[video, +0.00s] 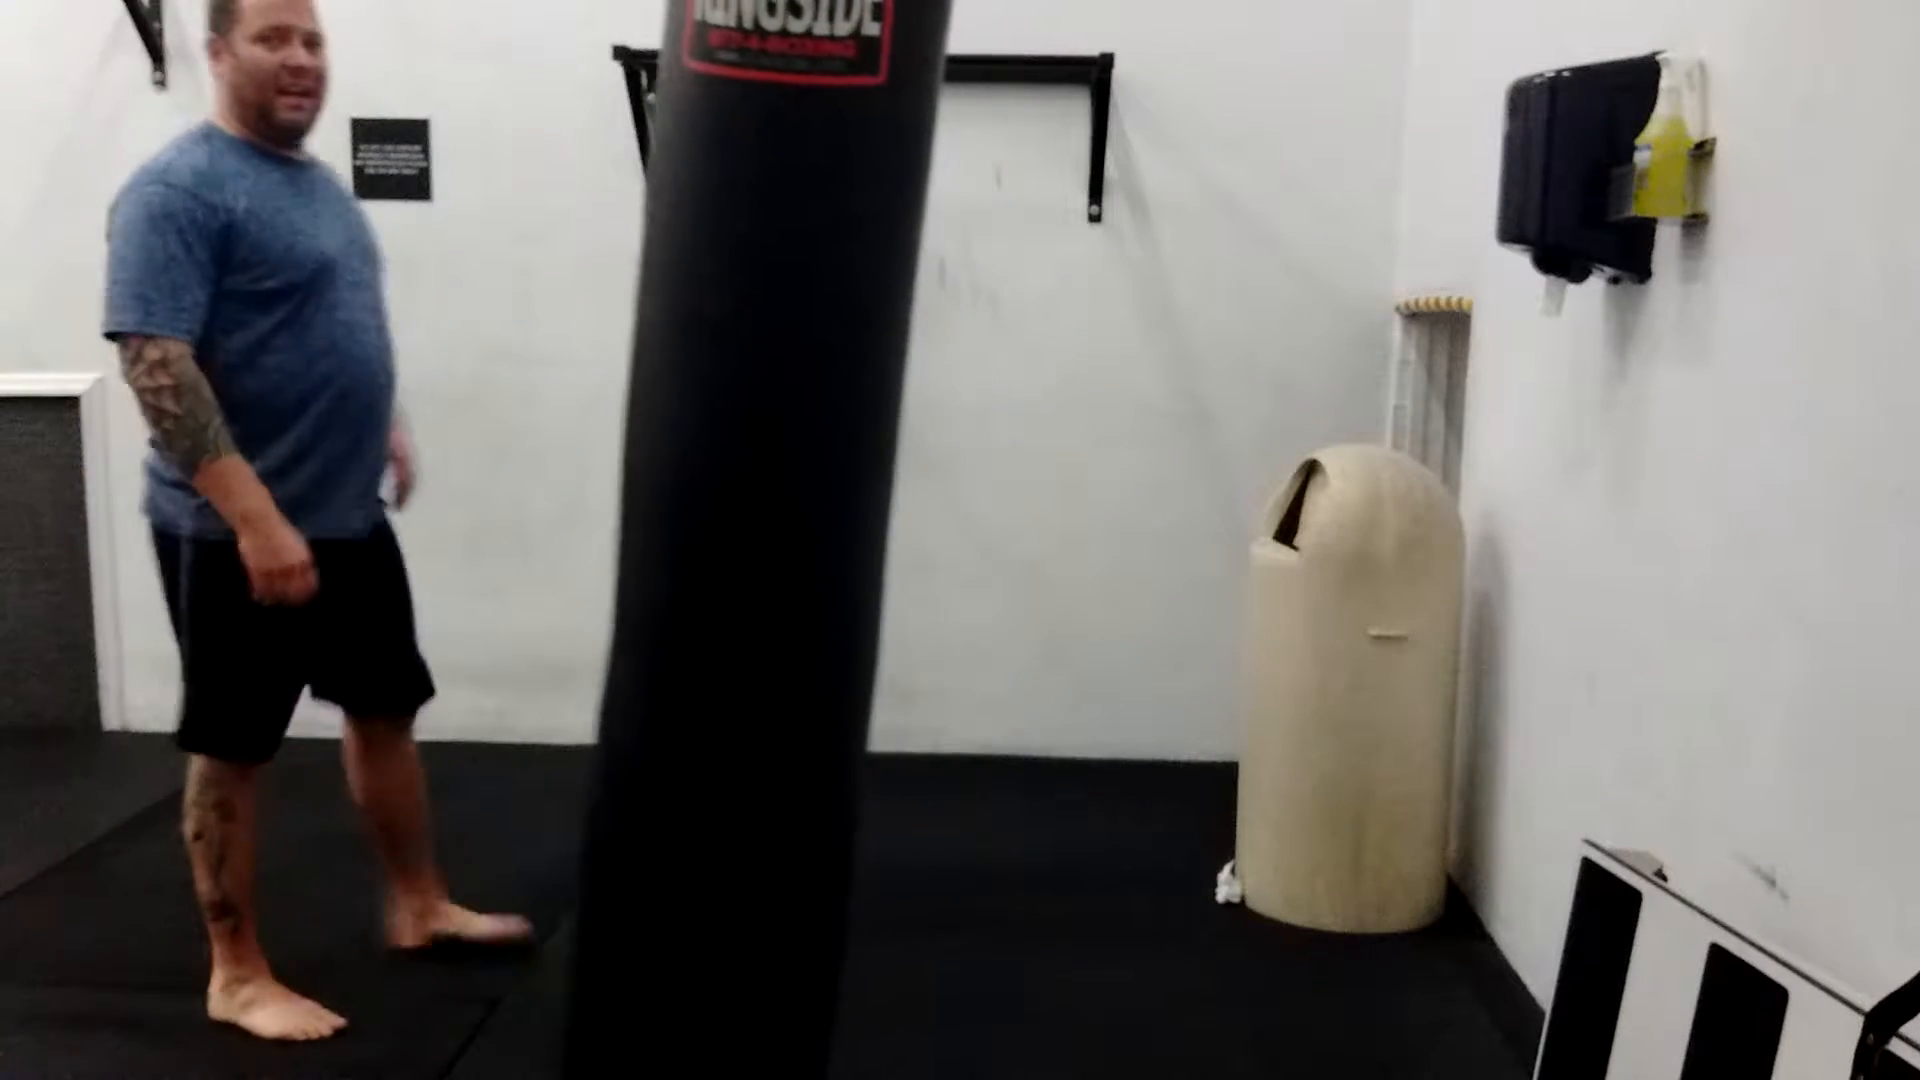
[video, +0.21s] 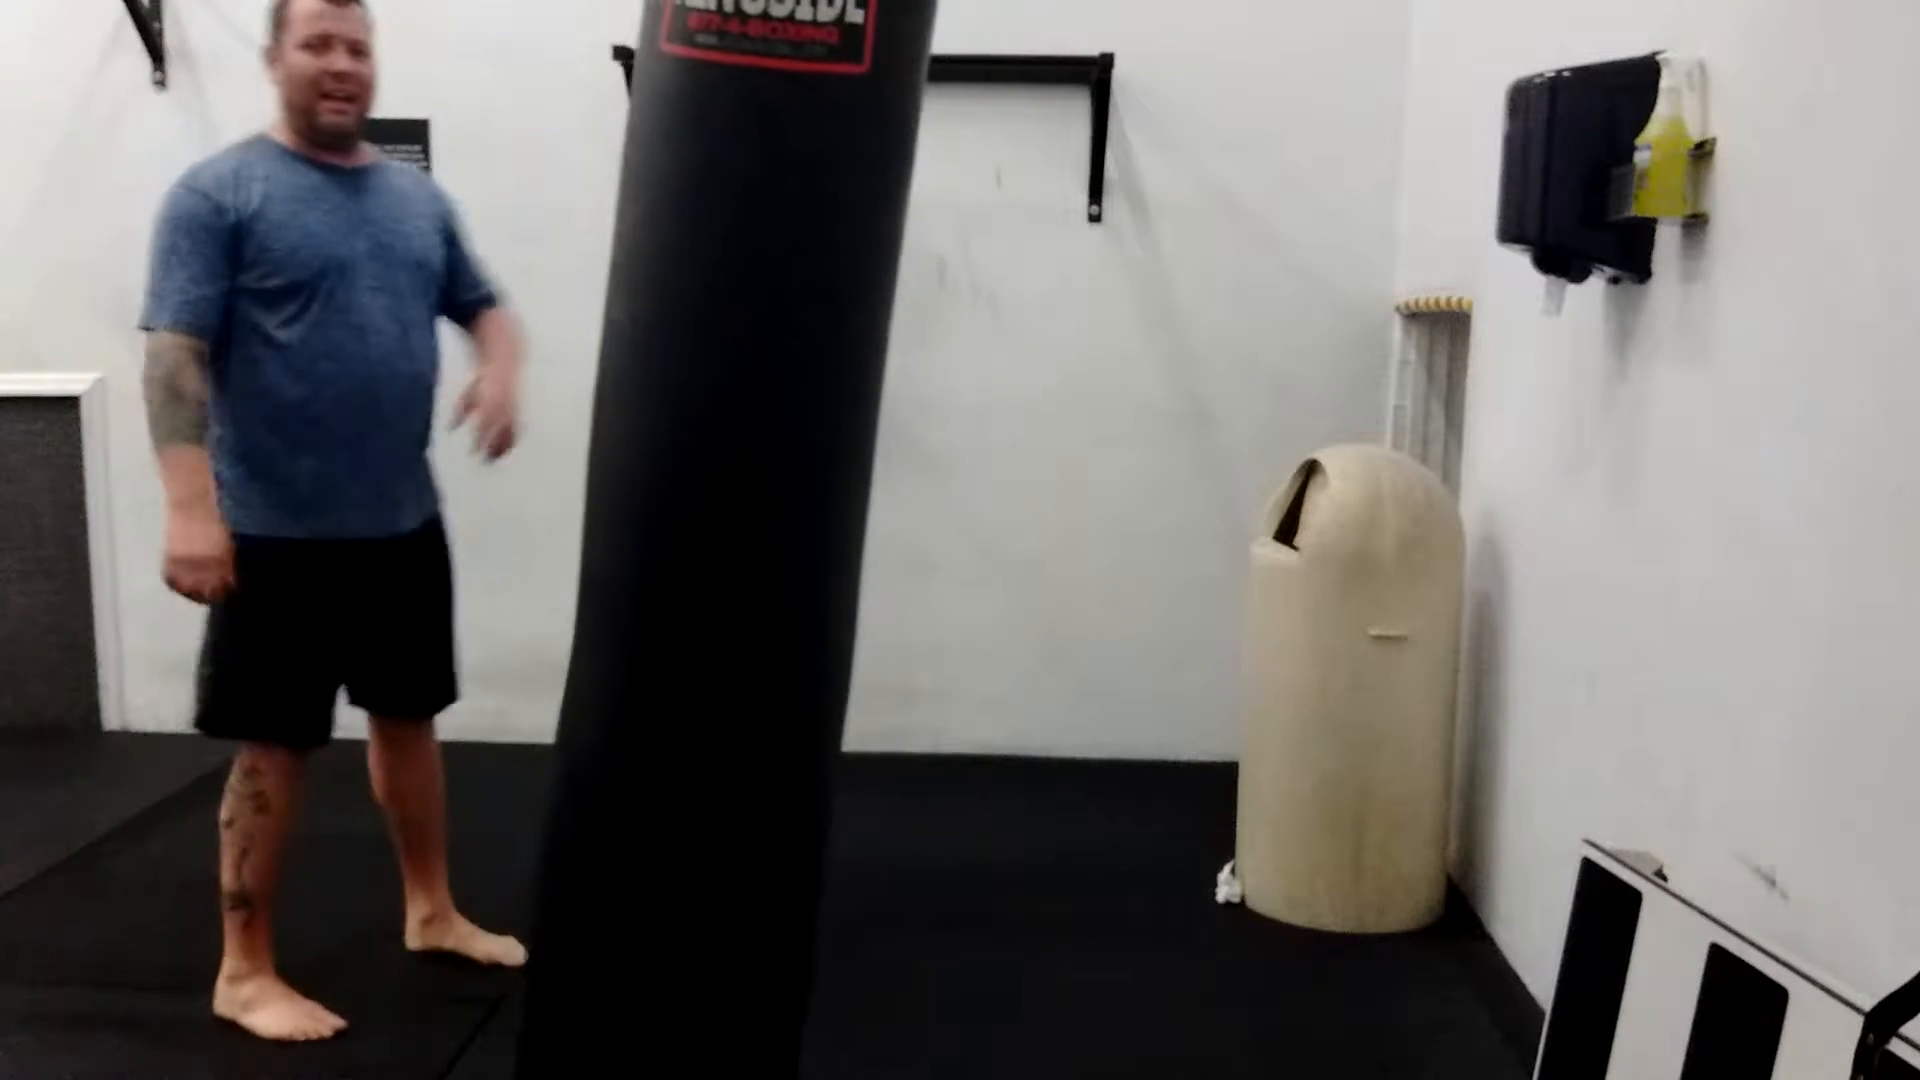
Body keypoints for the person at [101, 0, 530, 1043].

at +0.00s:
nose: (301, 63)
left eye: (313, 42)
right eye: (274, 40)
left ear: (326, 54)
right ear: (218, 53)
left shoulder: (317, 183)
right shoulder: (174, 191)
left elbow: (331, 325)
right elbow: (157, 369)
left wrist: (379, 423)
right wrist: (251, 514)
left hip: (347, 517)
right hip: (231, 530)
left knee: (385, 709)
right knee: (228, 751)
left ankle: (419, 907)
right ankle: (236, 976)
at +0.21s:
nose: (343, 65)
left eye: (358, 49)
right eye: (320, 45)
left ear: (376, 68)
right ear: (274, 63)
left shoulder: (416, 198)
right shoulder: (218, 194)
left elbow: (486, 310)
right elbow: (173, 358)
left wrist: (499, 373)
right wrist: (192, 512)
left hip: (396, 516)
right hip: (272, 525)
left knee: (408, 721)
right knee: (271, 747)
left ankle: (432, 915)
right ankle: (245, 974)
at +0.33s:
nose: (371, 73)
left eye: (389, 58)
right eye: (351, 53)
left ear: (410, 79)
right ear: (309, 69)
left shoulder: (455, 208)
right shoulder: (247, 197)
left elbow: (539, 317)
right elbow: (183, 345)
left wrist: (553, 364)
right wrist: (164, 494)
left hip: (421, 514)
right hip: (296, 519)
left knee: (411, 718)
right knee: (284, 738)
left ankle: (433, 914)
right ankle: (254, 961)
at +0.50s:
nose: (395, 74)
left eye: (413, 61)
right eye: (376, 56)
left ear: (435, 85)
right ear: (336, 71)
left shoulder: (484, 213)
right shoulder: (271, 195)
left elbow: (551, 329)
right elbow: (212, 343)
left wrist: (543, 364)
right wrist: (171, 484)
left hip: (434, 510)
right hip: (299, 504)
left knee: (424, 712)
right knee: (270, 718)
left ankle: (434, 911)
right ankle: (278, 914)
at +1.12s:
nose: (349, 83)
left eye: (364, 70)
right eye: (331, 70)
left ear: (391, 92)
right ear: (301, 94)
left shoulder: (461, 198)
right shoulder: (264, 209)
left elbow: (542, 315)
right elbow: (220, 334)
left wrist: (475, 401)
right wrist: (225, 450)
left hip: (448, 486)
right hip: (336, 490)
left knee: (458, 681)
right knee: (366, 676)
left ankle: (479, 870)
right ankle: (375, 847)